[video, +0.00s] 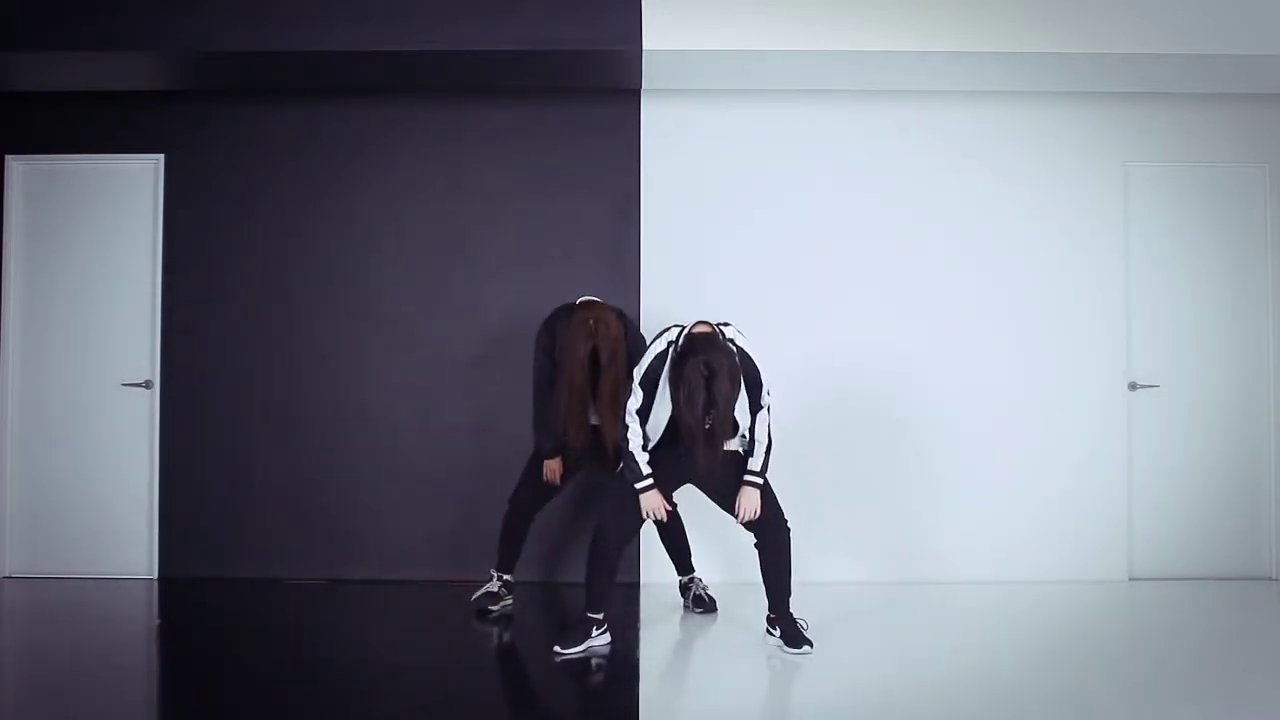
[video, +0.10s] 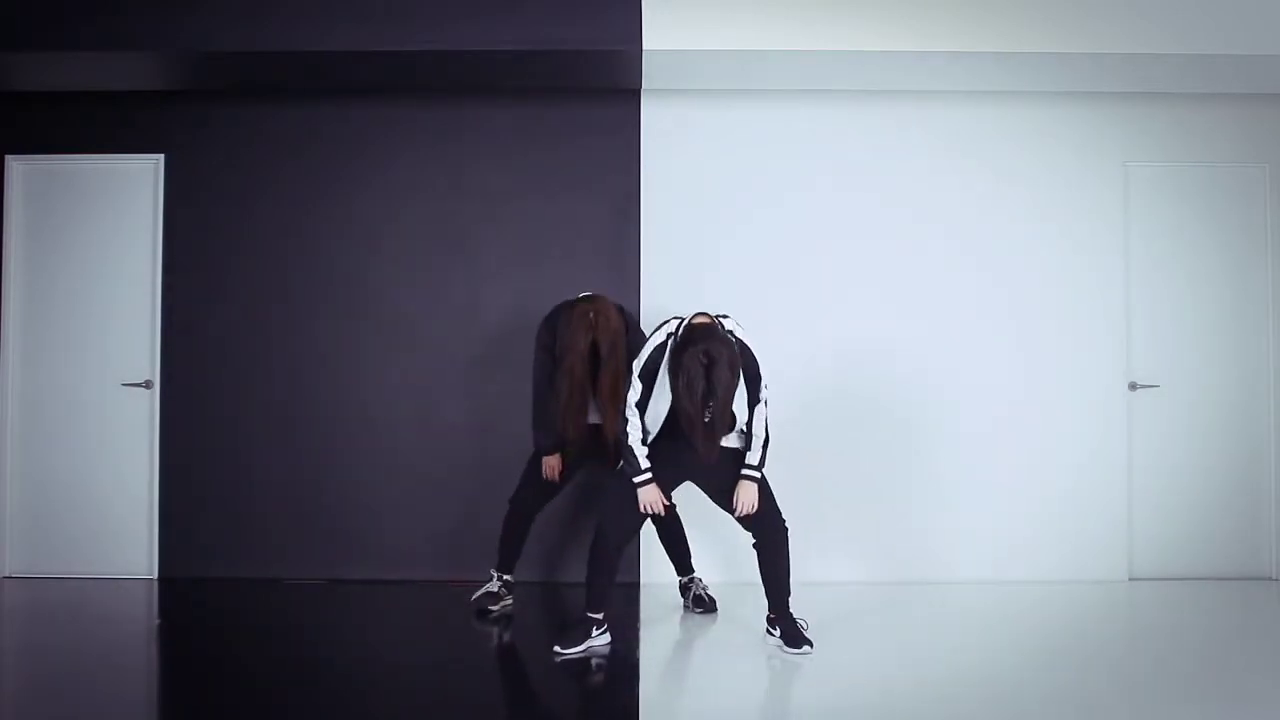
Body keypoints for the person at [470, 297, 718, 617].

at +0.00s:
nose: (594, 361)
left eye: (600, 355)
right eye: (587, 355)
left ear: (611, 335)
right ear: (573, 337)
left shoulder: (626, 330)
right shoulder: (554, 330)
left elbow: (645, 387)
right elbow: (544, 393)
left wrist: (642, 444)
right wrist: (549, 450)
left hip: (619, 437)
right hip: (567, 439)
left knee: (660, 501)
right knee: (523, 503)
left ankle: (690, 583)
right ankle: (501, 582)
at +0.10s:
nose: (595, 356)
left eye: (601, 350)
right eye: (587, 350)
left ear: (611, 330)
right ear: (573, 332)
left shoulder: (626, 326)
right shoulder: (554, 326)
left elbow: (645, 385)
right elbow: (543, 390)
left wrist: (642, 443)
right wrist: (548, 447)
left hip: (619, 437)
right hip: (568, 439)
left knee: (660, 503)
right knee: (524, 502)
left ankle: (690, 583)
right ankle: (501, 581)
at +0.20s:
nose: (594, 351)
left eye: (601, 345)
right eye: (586, 345)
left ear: (612, 327)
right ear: (574, 327)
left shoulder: (629, 327)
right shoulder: (555, 323)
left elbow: (645, 386)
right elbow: (542, 387)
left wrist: (640, 446)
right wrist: (546, 444)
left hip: (618, 436)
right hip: (568, 438)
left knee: (659, 502)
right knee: (524, 503)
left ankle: (690, 583)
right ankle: (501, 581)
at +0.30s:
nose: (594, 345)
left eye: (601, 337)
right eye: (586, 337)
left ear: (612, 320)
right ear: (573, 322)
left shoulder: (628, 322)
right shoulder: (555, 321)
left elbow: (645, 381)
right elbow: (541, 383)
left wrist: (640, 443)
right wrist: (545, 441)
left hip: (619, 436)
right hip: (568, 437)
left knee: (659, 503)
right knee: (524, 504)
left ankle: (690, 583)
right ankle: (501, 582)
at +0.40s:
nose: (594, 336)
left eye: (601, 327)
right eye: (586, 328)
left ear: (611, 313)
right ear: (573, 315)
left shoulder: (627, 317)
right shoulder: (555, 318)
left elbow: (646, 375)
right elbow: (541, 378)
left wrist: (645, 436)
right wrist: (544, 436)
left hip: (619, 434)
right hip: (569, 435)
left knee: (659, 504)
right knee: (525, 505)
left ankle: (690, 583)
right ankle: (501, 582)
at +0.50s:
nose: (594, 330)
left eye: (600, 321)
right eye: (585, 323)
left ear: (611, 308)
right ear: (573, 310)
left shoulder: (628, 316)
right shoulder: (555, 314)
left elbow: (644, 374)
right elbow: (540, 375)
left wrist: (645, 434)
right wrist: (544, 433)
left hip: (618, 432)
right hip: (568, 434)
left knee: (659, 504)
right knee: (526, 505)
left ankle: (690, 583)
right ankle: (502, 581)